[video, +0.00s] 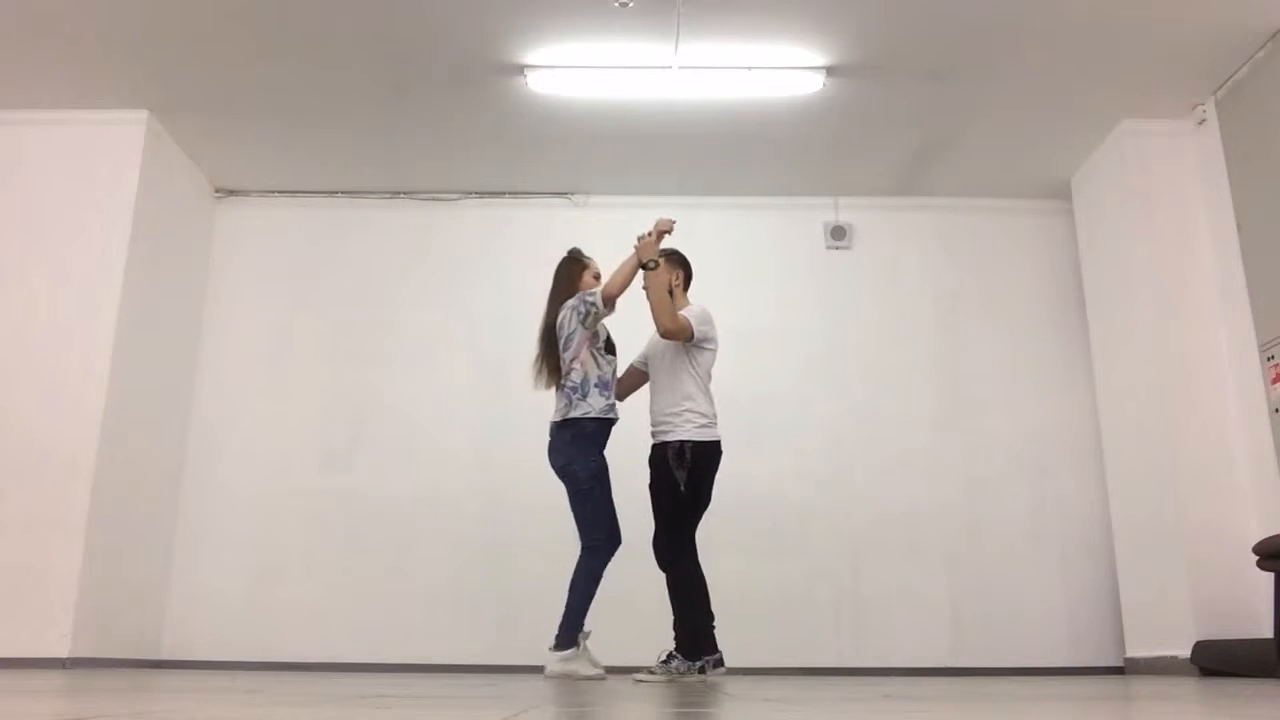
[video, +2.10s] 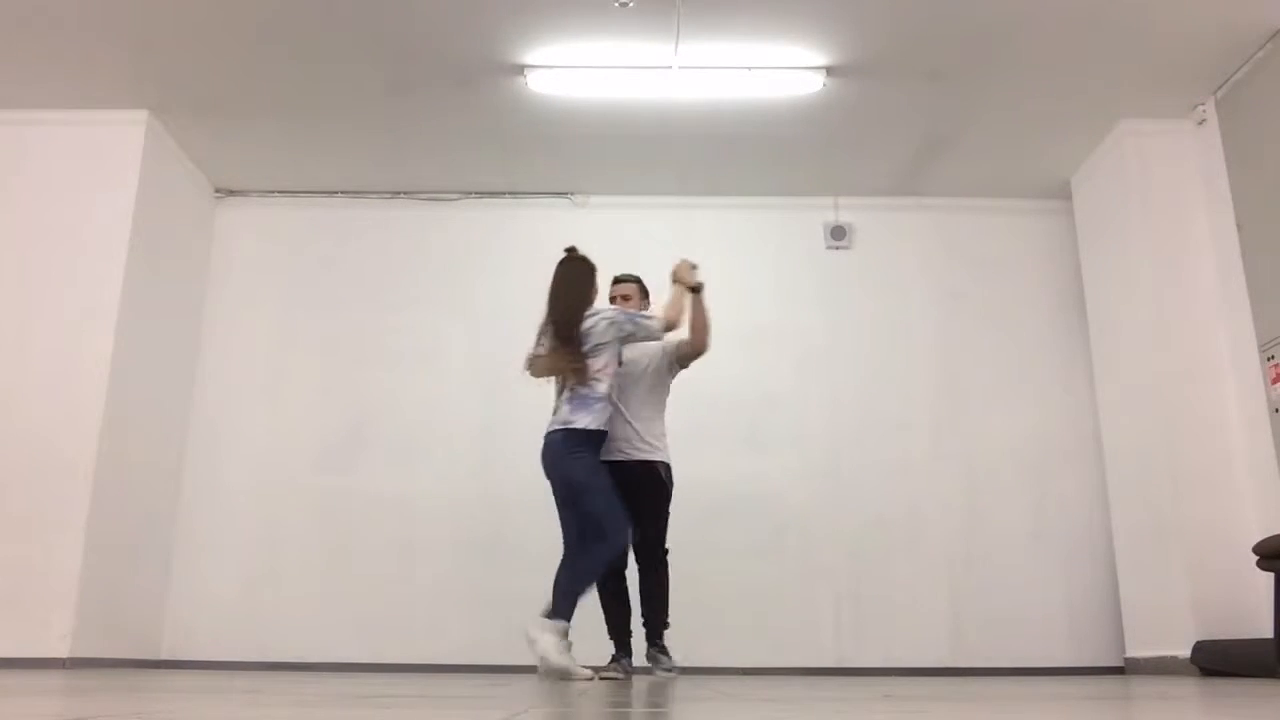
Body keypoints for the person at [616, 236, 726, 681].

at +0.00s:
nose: (648, 283)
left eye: (657, 273)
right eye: (647, 276)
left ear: (679, 276)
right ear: (657, 282)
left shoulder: (701, 317)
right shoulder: (657, 340)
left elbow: (668, 326)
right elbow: (617, 390)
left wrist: (648, 267)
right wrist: (574, 379)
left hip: (692, 445)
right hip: (668, 447)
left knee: (672, 546)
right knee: (676, 548)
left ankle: (692, 651)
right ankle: (701, 648)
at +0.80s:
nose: (638, 282)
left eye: (644, 274)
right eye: (639, 275)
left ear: (669, 276)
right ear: (666, 278)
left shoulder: (690, 314)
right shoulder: (664, 331)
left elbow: (652, 338)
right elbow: (628, 382)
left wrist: (607, 291)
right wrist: (577, 369)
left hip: (696, 443)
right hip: (672, 444)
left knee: (681, 547)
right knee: (647, 548)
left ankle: (688, 655)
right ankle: (677, 646)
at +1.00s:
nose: (625, 283)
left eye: (630, 274)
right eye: (627, 275)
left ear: (652, 276)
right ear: (653, 278)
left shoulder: (671, 318)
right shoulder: (659, 322)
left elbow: (629, 365)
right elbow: (628, 365)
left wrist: (577, 340)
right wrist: (596, 347)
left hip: (681, 444)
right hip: (668, 444)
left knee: (665, 551)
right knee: (652, 551)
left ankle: (682, 657)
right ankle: (663, 654)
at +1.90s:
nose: (613, 306)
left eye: (621, 295)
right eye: (610, 297)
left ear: (646, 296)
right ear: (607, 301)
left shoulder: (665, 337)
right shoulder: (612, 347)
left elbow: (646, 348)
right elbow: (579, 362)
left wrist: (632, 309)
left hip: (656, 459)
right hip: (615, 461)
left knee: (647, 556)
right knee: (615, 556)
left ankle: (642, 653)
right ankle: (624, 651)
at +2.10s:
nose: (619, 304)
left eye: (627, 298)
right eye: (613, 299)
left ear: (647, 304)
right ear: (607, 306)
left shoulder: (663, 348)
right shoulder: (595, 346)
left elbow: (699, 343)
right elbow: (536, 362)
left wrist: (696, 292)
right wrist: (560, 358)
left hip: (649, 463)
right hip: (604, 462)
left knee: (651, 554)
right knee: (608, 555)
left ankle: (656, 646)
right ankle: (621, 652)